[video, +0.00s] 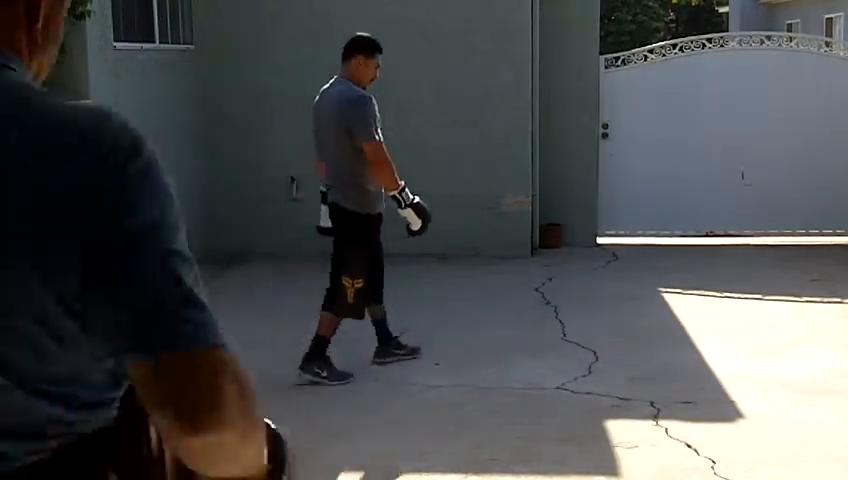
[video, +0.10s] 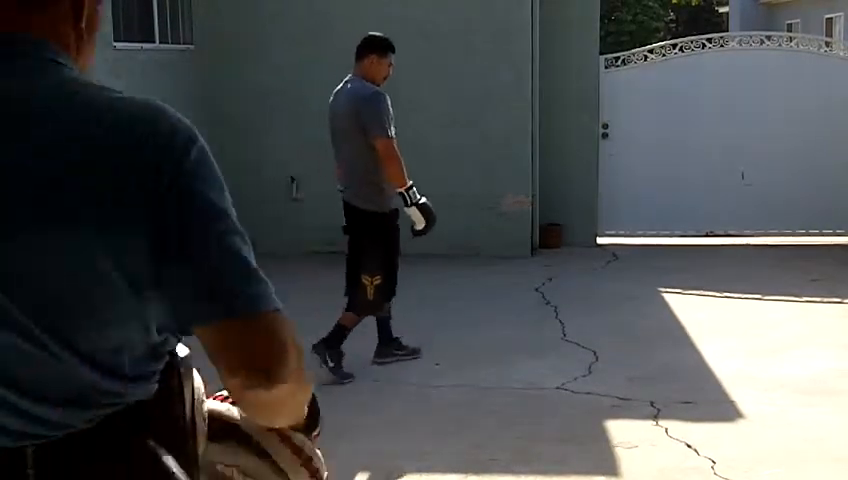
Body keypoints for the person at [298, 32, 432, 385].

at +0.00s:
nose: (377, 73)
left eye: (378, 66)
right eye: (374, 65)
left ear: (351, 62)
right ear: (357, 62)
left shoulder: (327, 96)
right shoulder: (358, 100)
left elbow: (323, 157)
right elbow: (377, 158)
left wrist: (326, 196)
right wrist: (406, 199)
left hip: (345, 204)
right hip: (358, 208)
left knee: (372, 274)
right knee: (345, 282)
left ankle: (386, 341)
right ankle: (315, 358)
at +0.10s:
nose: (390, 71)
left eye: (390, 64)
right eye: (387, 63)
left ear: (362, 61)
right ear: (371, 60)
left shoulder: (342, 94)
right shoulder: (372, 97)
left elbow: (346, 154)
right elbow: (387, 153)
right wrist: (413, 198)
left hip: (359, 203)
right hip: (375, 207)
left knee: (382, 275)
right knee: (372, 284)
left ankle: (386, 341)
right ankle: (331, 345)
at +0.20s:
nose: (402, 70)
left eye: (403, 63)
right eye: (399, 62)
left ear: (376, 60)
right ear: (383, 60)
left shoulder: (355, 93)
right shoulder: (384, 95)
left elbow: (364, 152)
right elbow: (396, 152)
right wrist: (418, 198)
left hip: (369, 202)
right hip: (391, 205)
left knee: (384, 271)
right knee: (408, 278)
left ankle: (388, 342)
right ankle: (361, 329)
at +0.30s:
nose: (414, 70)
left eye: (415, 63)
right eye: (412, 62)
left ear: (389, 59)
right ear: (396, 58)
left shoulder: (367, 92)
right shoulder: (394, 94)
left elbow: (377, 149)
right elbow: (404, 147)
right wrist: (424, 196)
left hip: (378, 201)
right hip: (403, 204)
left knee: (383, 269)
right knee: (427, 273)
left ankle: (385, 341)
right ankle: (397, 335)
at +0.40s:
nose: (427, 69)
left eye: (428, 62)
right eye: (425, 62)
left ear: (404, 58)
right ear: (408, 58)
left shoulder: (382, 90)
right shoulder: (407, 94)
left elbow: (390, 147)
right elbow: (415, 148)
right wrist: (434, 197)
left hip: (389, 200)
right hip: (415, 202)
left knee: (387, 270)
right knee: (443, 271)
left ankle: (387, 341)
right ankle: (441, 345)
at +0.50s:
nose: (441, 71)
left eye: (442, 65)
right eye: (439, 64)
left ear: (418, 61)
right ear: (422, 60)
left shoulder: (397, 91)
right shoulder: (421, 96)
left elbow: (409, 149)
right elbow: (428, 150)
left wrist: (441, 187)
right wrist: (443, 201)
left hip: (401, 202)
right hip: (426, 206)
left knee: (394, 272)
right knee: (449, 274)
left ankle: (388, 341)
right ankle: (472, 342)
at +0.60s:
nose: (457, 71)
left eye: (458, 64)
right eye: (455, 64)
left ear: (432, 62)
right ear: (440, 62)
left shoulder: (410, 93)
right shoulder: (438, 99)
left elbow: (420, 152)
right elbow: (445, 155)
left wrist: (453, 188)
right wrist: (459, 204)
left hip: (415, 202)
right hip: (442, 206)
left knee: (405, 271)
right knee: (462, 276)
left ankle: (390, 339)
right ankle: (478, 343)